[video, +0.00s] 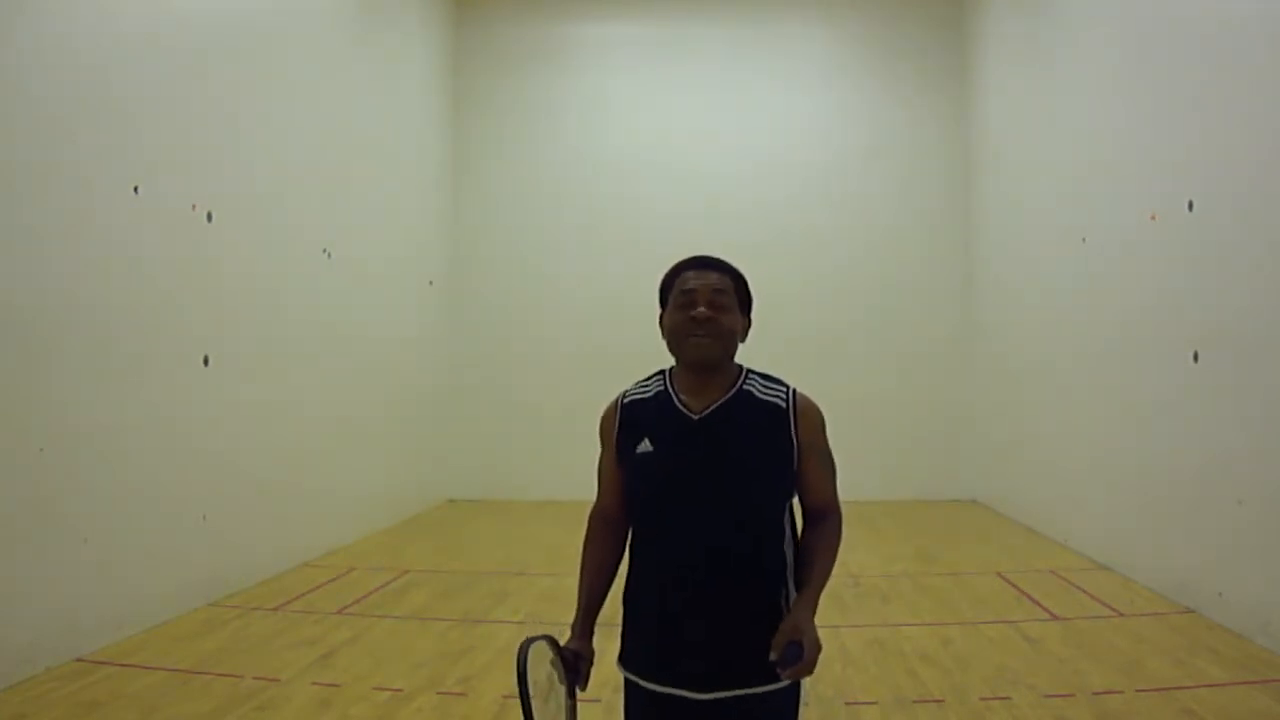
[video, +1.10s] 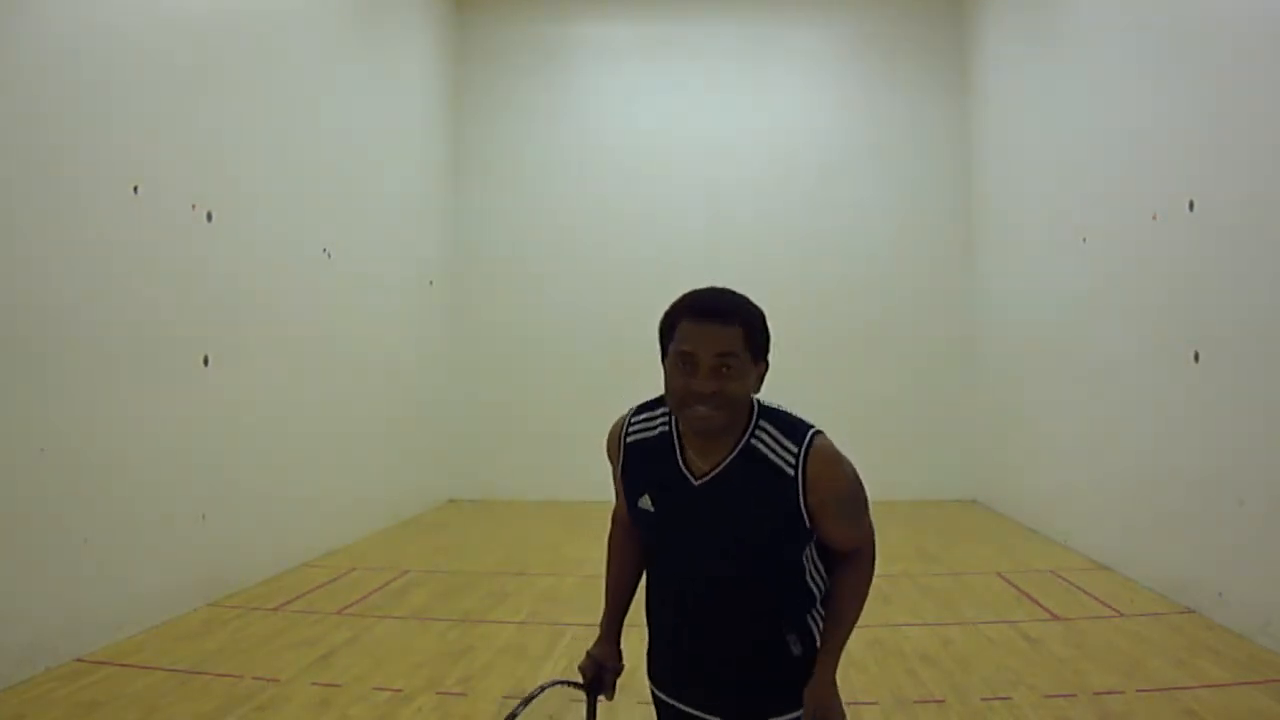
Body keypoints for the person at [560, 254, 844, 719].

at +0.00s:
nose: (702, 309)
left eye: (720, 300)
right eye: (685, 299)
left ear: (744, 325)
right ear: (662, 323)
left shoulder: (792, 414)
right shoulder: (626, 417)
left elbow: (822, 516)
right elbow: (609, 520)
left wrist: (804, 610)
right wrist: (582, 630)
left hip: (759, 672)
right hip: (656, 670)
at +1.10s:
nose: (703, 385)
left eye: (725, 367)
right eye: (686, 364)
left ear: (759, 373)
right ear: (664, 365)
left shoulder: (811, 464)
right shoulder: (631, 441)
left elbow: (855, 555)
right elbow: (630, 525)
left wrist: (826, 673)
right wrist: (608, 636)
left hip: (780, 691)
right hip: (678, 685)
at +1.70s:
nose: (765, 397)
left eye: (788, 377)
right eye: (746, 372)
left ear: (814, 382)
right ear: (712, 367)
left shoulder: (853, 482)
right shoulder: (652, 442)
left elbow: (869, 579)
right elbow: (631, 532)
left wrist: (845, 699)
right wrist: (608, 651)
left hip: (791, 696)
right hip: (677, 689)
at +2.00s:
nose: (813, 339)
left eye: (820, 324)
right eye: (792, 317)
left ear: (827, 331)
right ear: (727, 315)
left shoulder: (835, 439)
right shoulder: (649, 420)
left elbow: (842, 552)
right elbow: (594, 544)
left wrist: (881, 644)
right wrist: (588, 684)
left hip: (780, 698)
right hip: (659, 694)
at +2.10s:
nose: (811, 346)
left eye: (813, 329)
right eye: (796, 324)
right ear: (726, 317)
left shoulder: (808, 431)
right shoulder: (634, 422)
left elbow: (827, 543)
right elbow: (575, 555)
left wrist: (893, 600)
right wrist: (577, 698)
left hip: (769, 703)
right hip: (646, 700)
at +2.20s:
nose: (793, 356)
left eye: (794, 338)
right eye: (781, 335)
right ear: (713, 326)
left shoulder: (778, 435)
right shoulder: (615, 429)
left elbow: (806, 538)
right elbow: (543, 564)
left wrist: (899, 556)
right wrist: (555, 705)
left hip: (748, 702)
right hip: (628, 700)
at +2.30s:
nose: (766, 374)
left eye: (768, 356)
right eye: (757, 353)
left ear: (700, 347)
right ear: (692, 344)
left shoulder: (738, 444)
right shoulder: (587, 445)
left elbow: (779, 533)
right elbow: (503, 583)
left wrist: (892, 537)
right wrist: (516, 713)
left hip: (716, 706)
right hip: (598, 708)